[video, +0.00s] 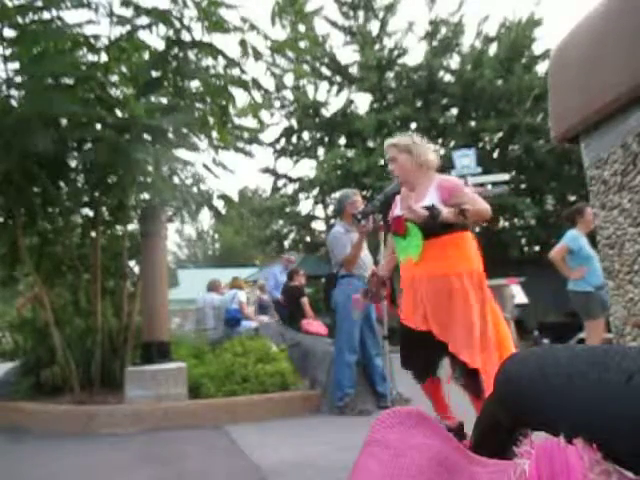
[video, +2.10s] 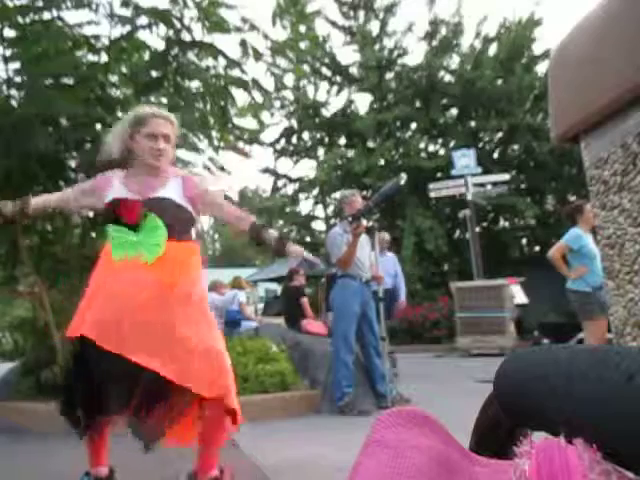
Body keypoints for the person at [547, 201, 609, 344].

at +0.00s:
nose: (593, 219)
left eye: (593, 215)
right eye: (590, 215)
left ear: (583, 219)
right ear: (580, 218)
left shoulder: (581, 237)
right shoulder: (573, 236)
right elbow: (555, 255)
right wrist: (569, 273)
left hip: (594, 288)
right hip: (584, 289)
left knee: (598, 335)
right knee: (595, 335)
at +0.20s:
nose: (594, 217)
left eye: (593, 214)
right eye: (590, 214)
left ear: (583, 217)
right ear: (581, 217)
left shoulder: (583, 236)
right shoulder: (575, 234)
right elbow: (557, 253)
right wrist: (572, 272)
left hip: (594, 287)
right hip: (585, 288)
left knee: (596, 335)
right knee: (594, 335)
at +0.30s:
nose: (594, 218)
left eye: (594, 214)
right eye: (591, 214)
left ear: (584, 217)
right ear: (581, 217)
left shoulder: (584, 237)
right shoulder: (576, 234)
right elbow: (559, 253)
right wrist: (573, 272)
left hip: (595, 287)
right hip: (585, 288)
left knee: (597, 334)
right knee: (594, 334)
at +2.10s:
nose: (594, 214)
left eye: (592, 210)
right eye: (589, 211)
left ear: (584, 216)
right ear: (580, 216)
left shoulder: (587, 235)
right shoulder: (575, 234)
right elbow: (553, 254)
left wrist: (599, 279)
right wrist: (568, 273)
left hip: (594, 287)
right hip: (583, 288)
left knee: (599, 337)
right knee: (595, 337)